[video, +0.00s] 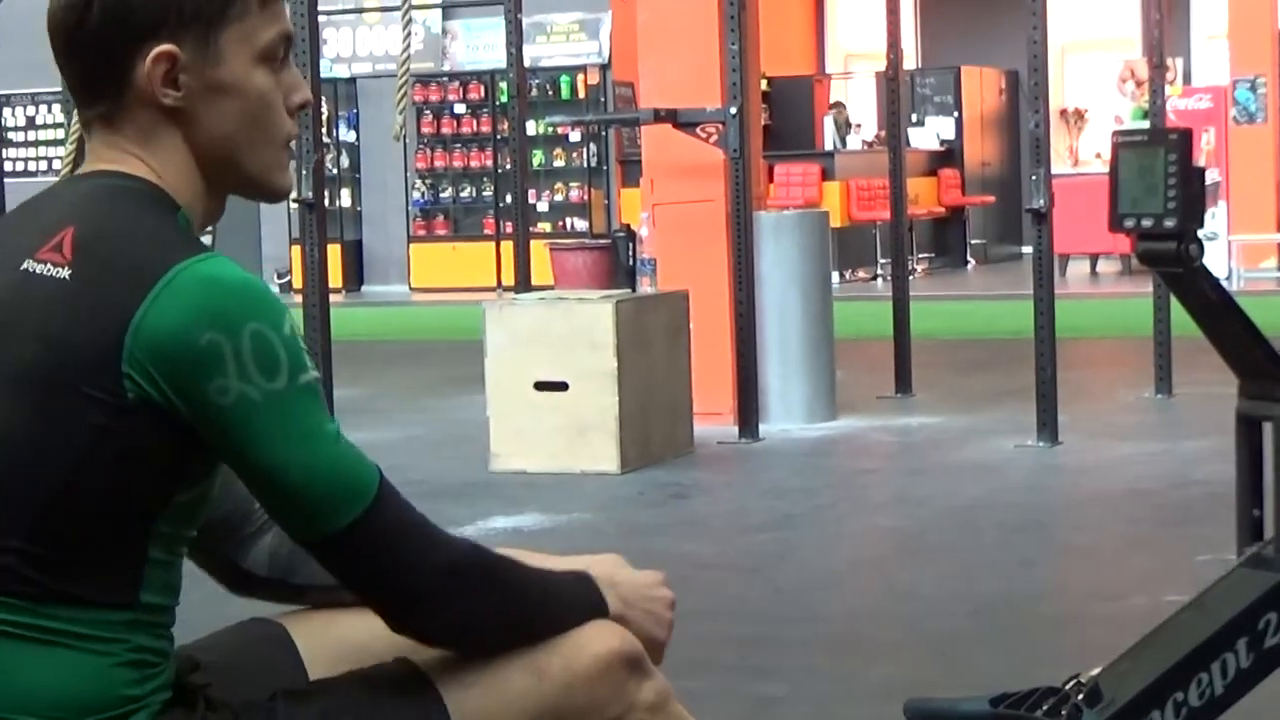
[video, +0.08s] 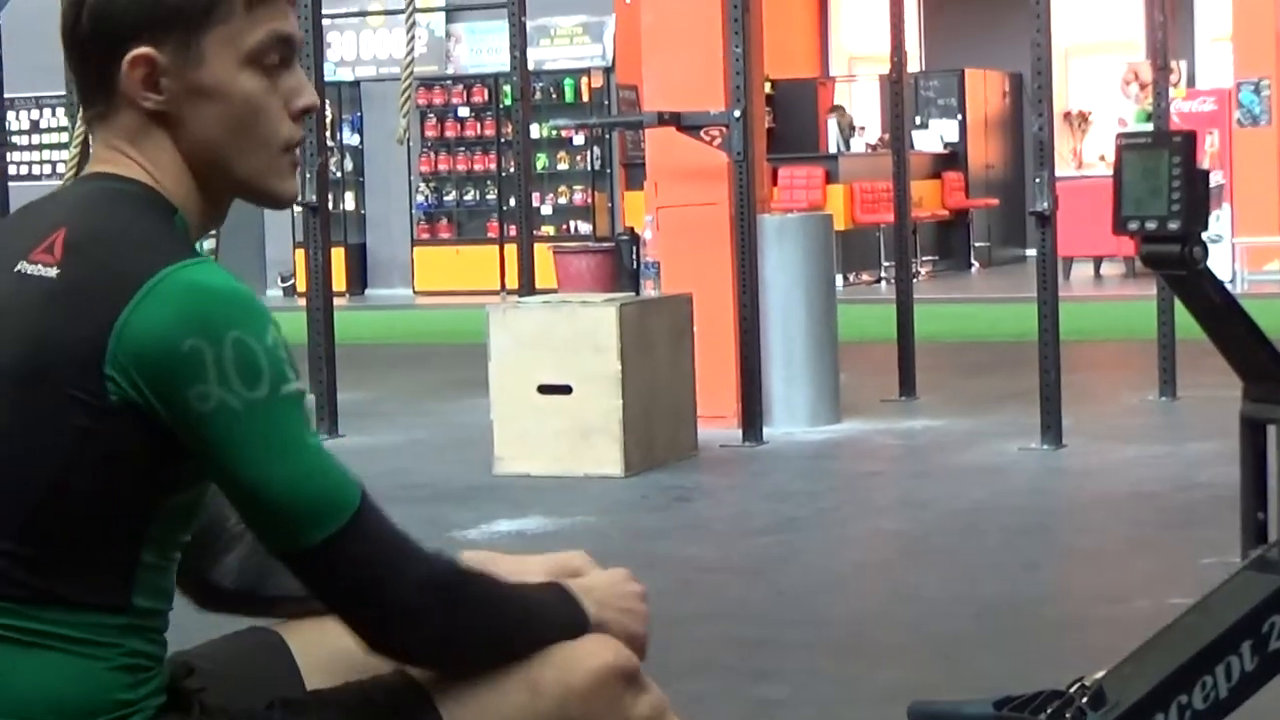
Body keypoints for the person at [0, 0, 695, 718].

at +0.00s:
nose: (303, 93)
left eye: (293, 59)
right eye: (276, 59)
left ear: (164, 85)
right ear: (169, 80)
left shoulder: (44, 234)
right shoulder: (198, 295)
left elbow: (256, 555)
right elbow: (428, 585)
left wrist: (517, 576)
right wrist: (600, 592)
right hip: (124, 703)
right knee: (602, 665)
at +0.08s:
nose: (309, 97)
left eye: (297, 62)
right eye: (272, 62)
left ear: (146, 89)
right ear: (150, 81)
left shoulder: (49, 238)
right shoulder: (187, 302)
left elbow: (225, 563)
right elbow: (411, 609)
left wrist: (465, 576)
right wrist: (579, 606)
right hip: (117, 711)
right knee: (592, 678)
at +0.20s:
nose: (299, 112)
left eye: (300, 76)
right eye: (253, 73)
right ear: (131, 88)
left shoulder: (71, 246)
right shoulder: (164, 305)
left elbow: (161, 585)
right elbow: (345, 664)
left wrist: (374, 588)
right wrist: (515, 621)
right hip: (110, 711)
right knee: (585, 687)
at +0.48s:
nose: (296, 131)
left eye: (313, 97)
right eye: (249, 92)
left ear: (332, 109)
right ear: (146, 105)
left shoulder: (109, 254)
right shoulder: (148, 296)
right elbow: (119, 625)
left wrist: (217, 626)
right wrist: (264, 701)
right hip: (79, 701)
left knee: (468, 647)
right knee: (611, 702)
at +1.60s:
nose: (423, 114)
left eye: (446, 78)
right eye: (378, 70)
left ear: (466, 90)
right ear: (283, 74)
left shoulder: (247, 223)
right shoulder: (281, 261)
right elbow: (296, 617)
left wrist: (343, 665)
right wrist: (367, 712)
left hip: (201, 670)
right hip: (221, 703)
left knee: (603, 583)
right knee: (745, 661)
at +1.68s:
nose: (429, 105)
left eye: (452, 69)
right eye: (385, 60)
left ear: (471, 82)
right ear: (289, 62)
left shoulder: (255, 210)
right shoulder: (288, 248)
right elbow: (307, 601)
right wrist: (382, 712)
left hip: (212, 662)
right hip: (236, 701)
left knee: (609, 566)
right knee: (758, 650)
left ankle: (716, 707)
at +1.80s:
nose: (430, 96)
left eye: (453, 58)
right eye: (385, 53)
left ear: (474, 70)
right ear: (288, 59)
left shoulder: (256, 205)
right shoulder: (294, 244)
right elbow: (320, 598)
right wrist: (395, 711)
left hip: (228, 660)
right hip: (254, 702)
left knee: (613, 563)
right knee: (770, 644)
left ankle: (720, 705)